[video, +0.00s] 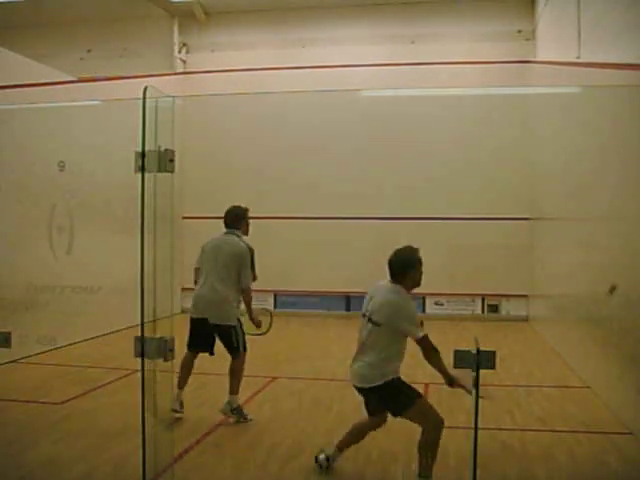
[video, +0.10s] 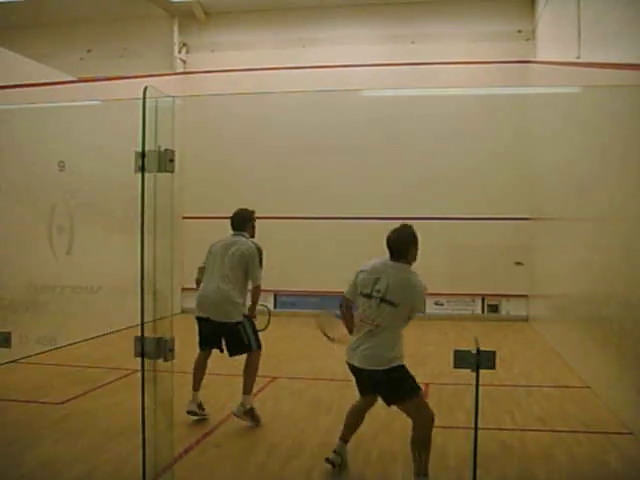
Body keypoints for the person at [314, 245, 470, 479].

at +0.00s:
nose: (422, 276)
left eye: (421, 271)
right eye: (419, 271)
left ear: (396, 271)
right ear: (408, 273)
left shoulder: (378, 289)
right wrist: (448, 376)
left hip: (362, 375)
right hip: (381, 380)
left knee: (376, 419)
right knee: (433, 423)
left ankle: (330, 457)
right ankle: (424, 475)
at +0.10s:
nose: (418, 250)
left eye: (416, 245)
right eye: (416, 246)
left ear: (389, 248)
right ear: (412, 250)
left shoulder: (367, 270)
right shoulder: (413, 283)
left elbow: (345, 305)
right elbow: (409, 316)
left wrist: (355, 334)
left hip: (356, 359)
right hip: (386, 365)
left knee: (367, 399)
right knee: (423, 416)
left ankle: (339, 451)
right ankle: (421, 474)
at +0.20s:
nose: (405, 238)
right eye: (405, 234)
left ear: (378, 239)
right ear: (404, 240)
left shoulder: (358, 264)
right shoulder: (410, 272)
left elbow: (328, 294)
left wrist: (322, 327)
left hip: (354, 352)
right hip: (389, 354)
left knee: (353, 394)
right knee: (409, 419)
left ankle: (342, 454)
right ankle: (413, 474)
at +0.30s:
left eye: (362, 239)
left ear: (363, 244)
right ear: (388, 245)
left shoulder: (347, 273)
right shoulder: (399, 276)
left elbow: (315, 303)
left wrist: (294, 332)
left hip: (353, 360)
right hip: (391, 360)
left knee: (340, 403)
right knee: (404, 428)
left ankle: (330, 460)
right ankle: (409, 476)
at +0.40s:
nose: (344, 256)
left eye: (343, 252)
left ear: (343, 257)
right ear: (368, 255)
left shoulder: (336, 283)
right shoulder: (382, 280)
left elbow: (303, 319)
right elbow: (366, 305)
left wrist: (276, 343)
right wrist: (323, 299)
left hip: (346, 369)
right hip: (384, 368)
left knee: (324, 410)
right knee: (399, 433)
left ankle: (315, 465)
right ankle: (408, 476)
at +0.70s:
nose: (283, 228)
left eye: (283, 224)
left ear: (282, 228)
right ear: (306, 227)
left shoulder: (278, 257)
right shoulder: (324, 255)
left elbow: (273, 298)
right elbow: (339, 293)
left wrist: (267, 335)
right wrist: (353, 326)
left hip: (291, 339)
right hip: (323, 336)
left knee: (287, 395)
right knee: (325, 392)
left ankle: (301, 455)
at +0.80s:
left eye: (270, 227)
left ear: (270, 232)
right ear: (293, 231)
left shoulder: (262, 262)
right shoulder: (311, 256)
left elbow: (253, 305)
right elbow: (332, 285)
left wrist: (246, 339)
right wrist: (348, 312)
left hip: (277, 338)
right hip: (307, 336)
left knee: (277, 397)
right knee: (297, 388)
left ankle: (280, 458)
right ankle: (293, 445)